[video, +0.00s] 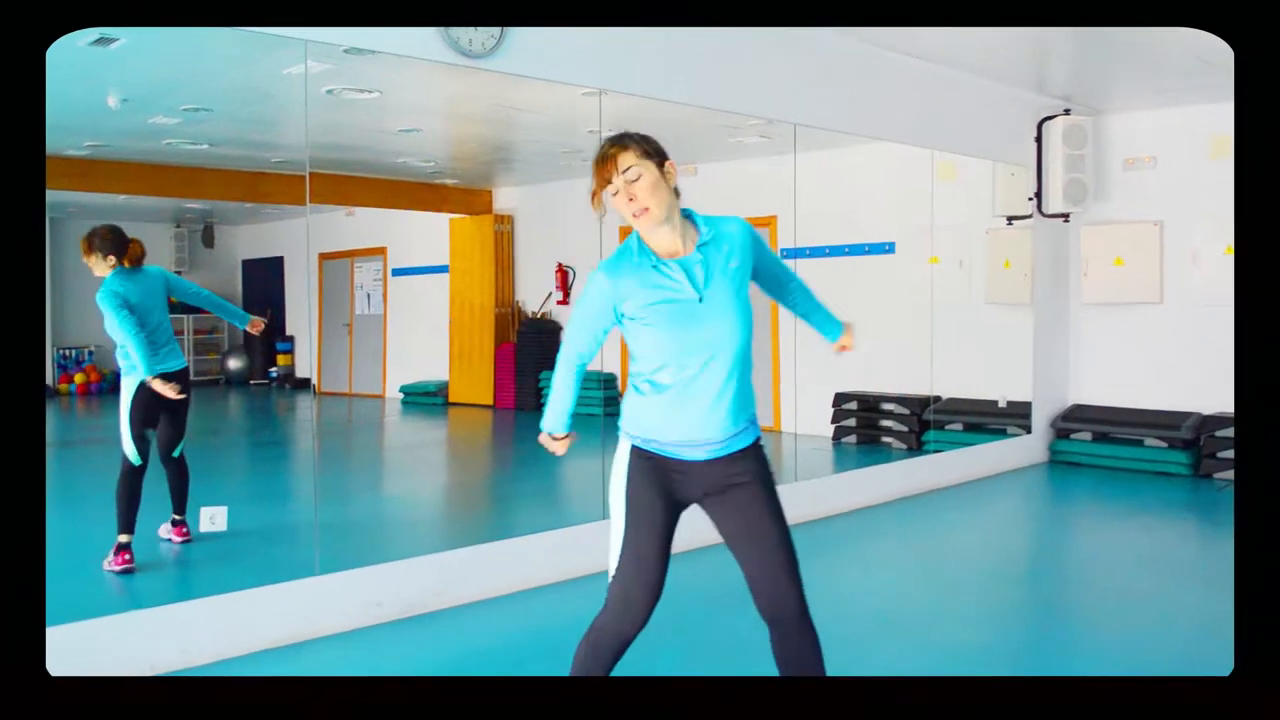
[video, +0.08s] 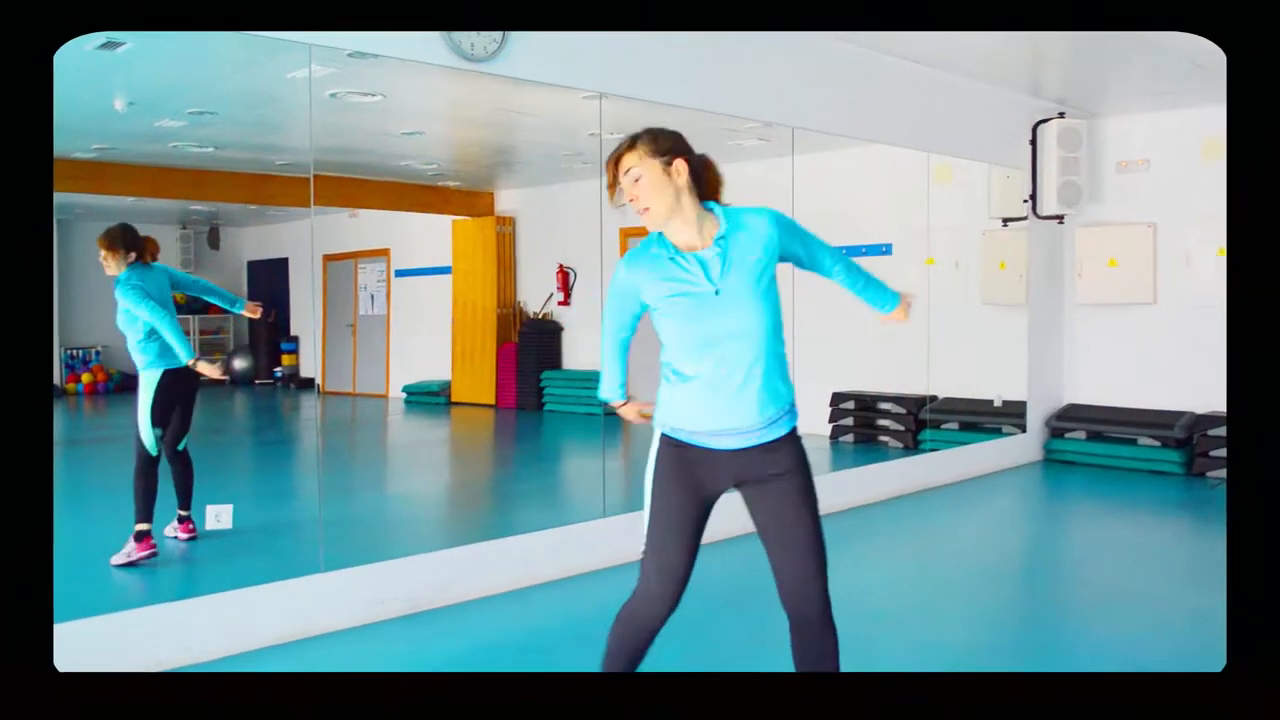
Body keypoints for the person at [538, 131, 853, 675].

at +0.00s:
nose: (627, 196)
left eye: (634, 177)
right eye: (615, 191)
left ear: (670, 172)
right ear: (611, 205)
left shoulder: (737, 239)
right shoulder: (613, 276)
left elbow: (785, 285)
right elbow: (575, 350)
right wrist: (555, 420)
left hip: (734, 461)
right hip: (649, 464)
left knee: (786, 608)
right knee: (631, 603)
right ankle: (578, 676)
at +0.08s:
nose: (629, 196)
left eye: (635, 177)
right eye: (622, 187)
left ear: (678, 169)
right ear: (626, 200)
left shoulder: (762, 229)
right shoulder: (637, 268)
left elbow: (831, 262)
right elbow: (614, 336)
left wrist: (887, 300)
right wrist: (615, 397)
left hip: (771, 448)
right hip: (685, 453)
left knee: (809, 607)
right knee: (657, 595)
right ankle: (611, 670)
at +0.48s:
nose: (712, 230)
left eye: (718, 216)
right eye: (710, 218)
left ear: (754, 212)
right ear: (750, 216)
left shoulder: (808, 268)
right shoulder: (762, 286)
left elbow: (854, 356)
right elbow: (777, 385)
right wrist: (716, 422)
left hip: (845, 453)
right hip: (800, 460)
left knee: (817, 607)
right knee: (783, 600)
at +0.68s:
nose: (702, 192)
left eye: (702, 178)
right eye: (696, 183)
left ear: (735, 161)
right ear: (734, 165)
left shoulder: (779, 190)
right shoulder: (754, 235)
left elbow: (703, 218)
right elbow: (700, 284)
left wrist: (623, 214)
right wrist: (633, 253)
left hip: (857, 369)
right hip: (826, 379)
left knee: (864, 522)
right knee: (834, 523)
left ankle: (883, 641)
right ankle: (838, 638)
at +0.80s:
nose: (701, 207)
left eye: (700, 196)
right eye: (694, 199)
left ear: (730, 178)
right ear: (731, 180)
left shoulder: (766, 208)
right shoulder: (746, 233)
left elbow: (669, 201)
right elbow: (673, 237)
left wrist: (590, 180)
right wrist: (599, 213)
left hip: (854, 379)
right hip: (827, 391)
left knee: (875, 528)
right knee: (842, 529)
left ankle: (908, 634)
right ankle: (862, 634)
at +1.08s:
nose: (673, 243)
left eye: (674, 229)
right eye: (668, 234)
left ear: (705, 217)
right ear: (708, 219)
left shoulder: (735, 254)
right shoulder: (746, 255)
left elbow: (675, 323)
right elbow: (716, 336)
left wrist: (601, 380)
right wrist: (667, 382)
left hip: (811, 404)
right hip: (825, 401)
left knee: (748, 535)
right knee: (837, 534)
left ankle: (794, 620)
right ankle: (868, 619)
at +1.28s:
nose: (622, 269)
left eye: (627, 257)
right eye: (621, 259)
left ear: (658, 258)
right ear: (659, 259)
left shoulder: (684, 310)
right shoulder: (702, 297)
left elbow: (753, 367)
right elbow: (771, 341)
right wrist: (830, 383)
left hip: (742, 450)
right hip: (763, 443)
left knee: (641, 543)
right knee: (809, 550)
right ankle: (853, 609)